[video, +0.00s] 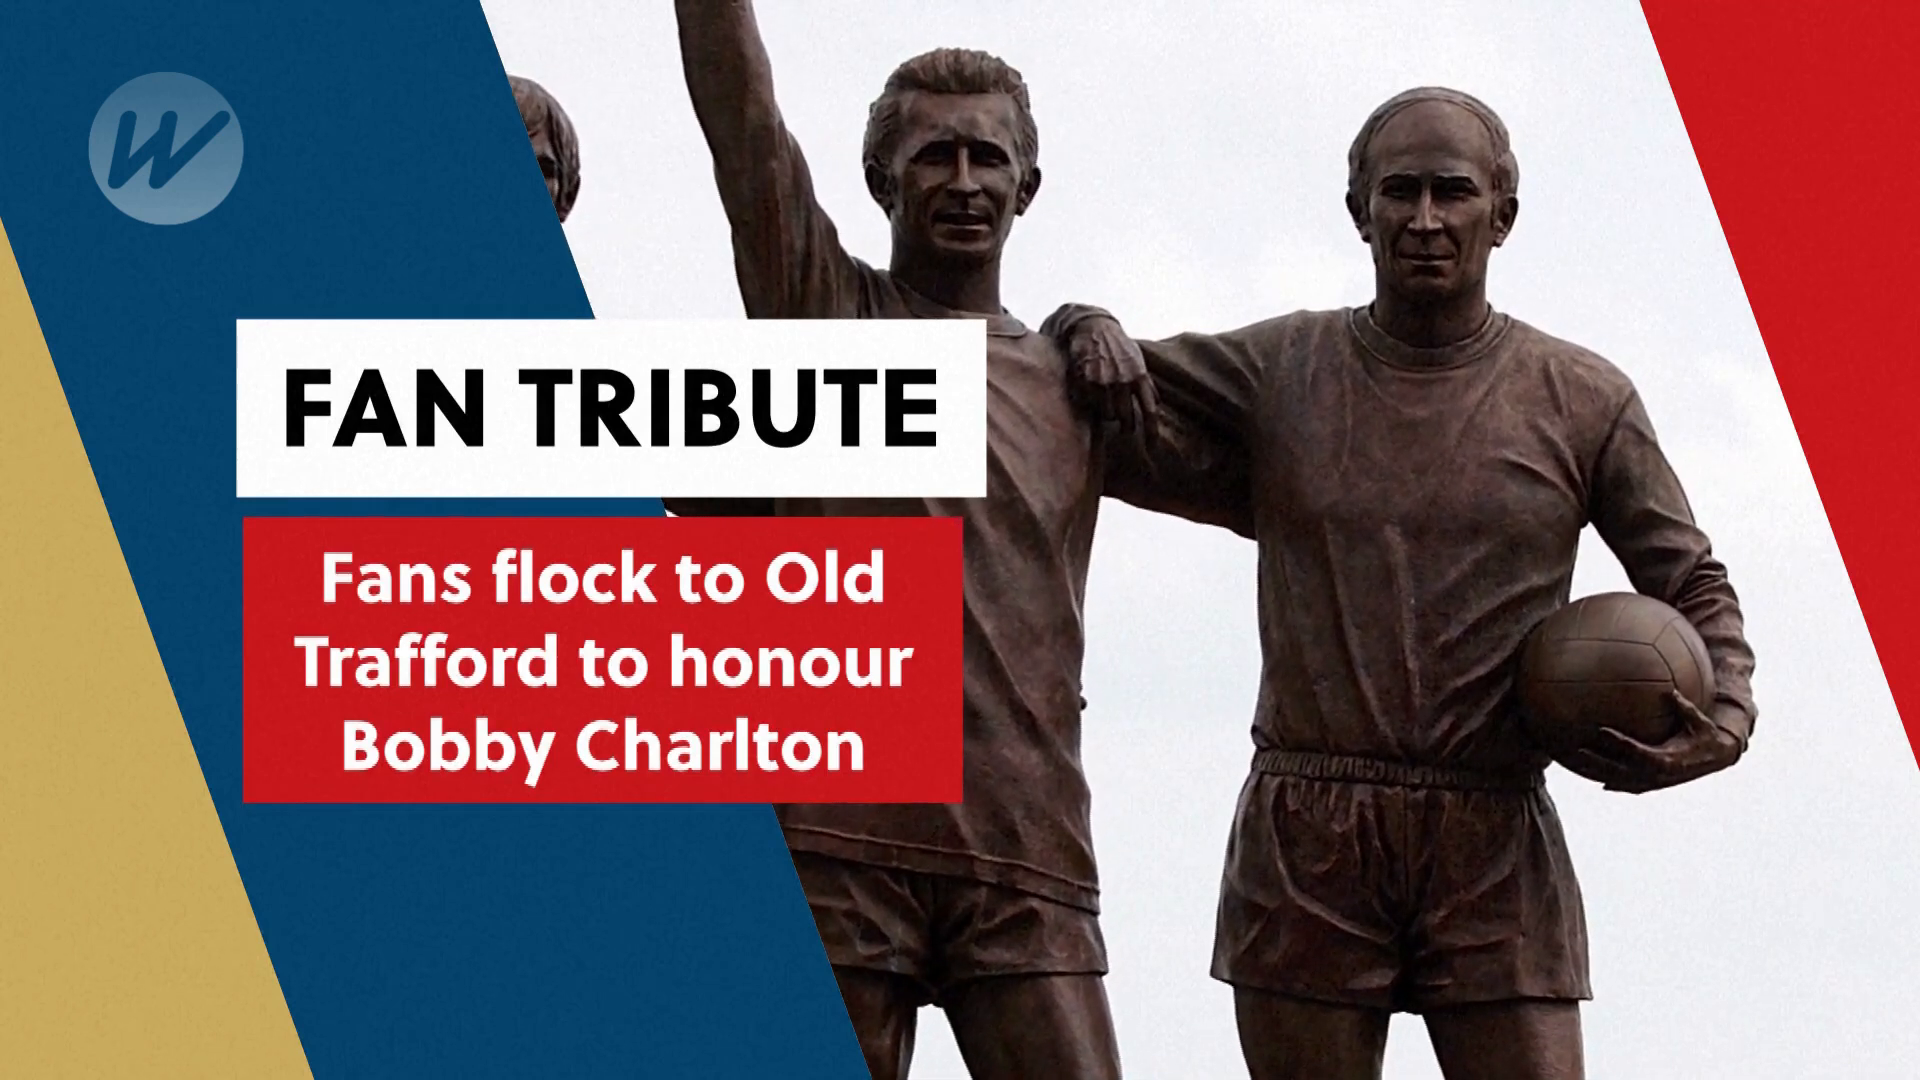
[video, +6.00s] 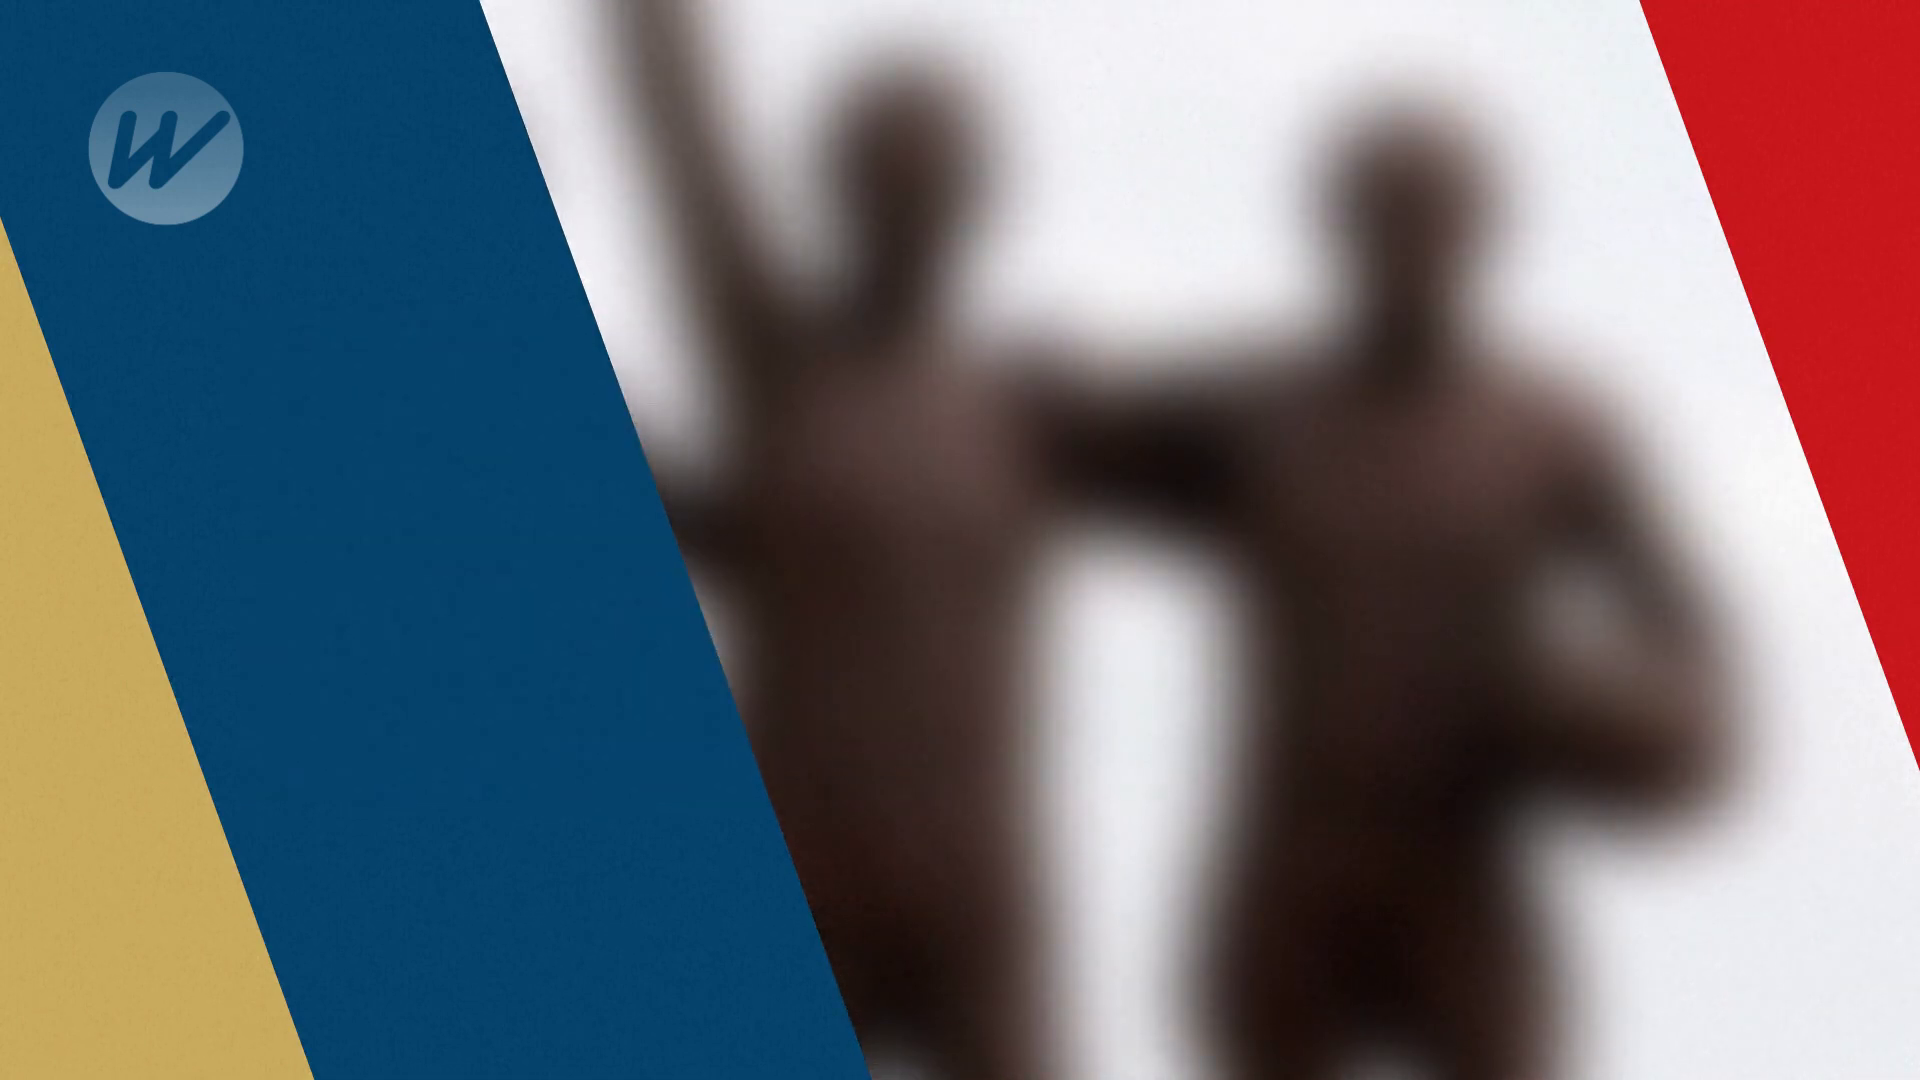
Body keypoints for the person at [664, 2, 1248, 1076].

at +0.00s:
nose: (963, 178)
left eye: (987, 156)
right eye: (933, 156)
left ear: (1024, 184)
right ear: (882, 182)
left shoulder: (1077, 388)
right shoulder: (820, 314)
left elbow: (1283, 482)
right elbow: (741, 122)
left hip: (1027, 859)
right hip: (833, 851)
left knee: (1079, 1067)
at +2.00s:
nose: (944, 185)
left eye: (968, 162)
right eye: (913, 162)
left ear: (1006, 192)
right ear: (860, 187)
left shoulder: (1060, 397)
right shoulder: (794, 325)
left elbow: (1269, 496)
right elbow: (714, 127)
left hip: (1007, 871)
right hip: (813, 870)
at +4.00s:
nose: (922, 193)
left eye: (948, 170)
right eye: (891, 169)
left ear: (987, 202)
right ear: (837, 196)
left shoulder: (1041, 406)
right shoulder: (770, 336)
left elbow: (1245, 508)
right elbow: (689, 130)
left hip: (989, 897)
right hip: (796, 891)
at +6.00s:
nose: (911, 205)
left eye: (935, 176)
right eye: (888, 174)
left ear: (967, 192)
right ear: (850, 185)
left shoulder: (1011, 413)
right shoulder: (788, 384)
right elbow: (681, 133)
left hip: (967, 885)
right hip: (805, 884)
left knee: (1003, 1051)